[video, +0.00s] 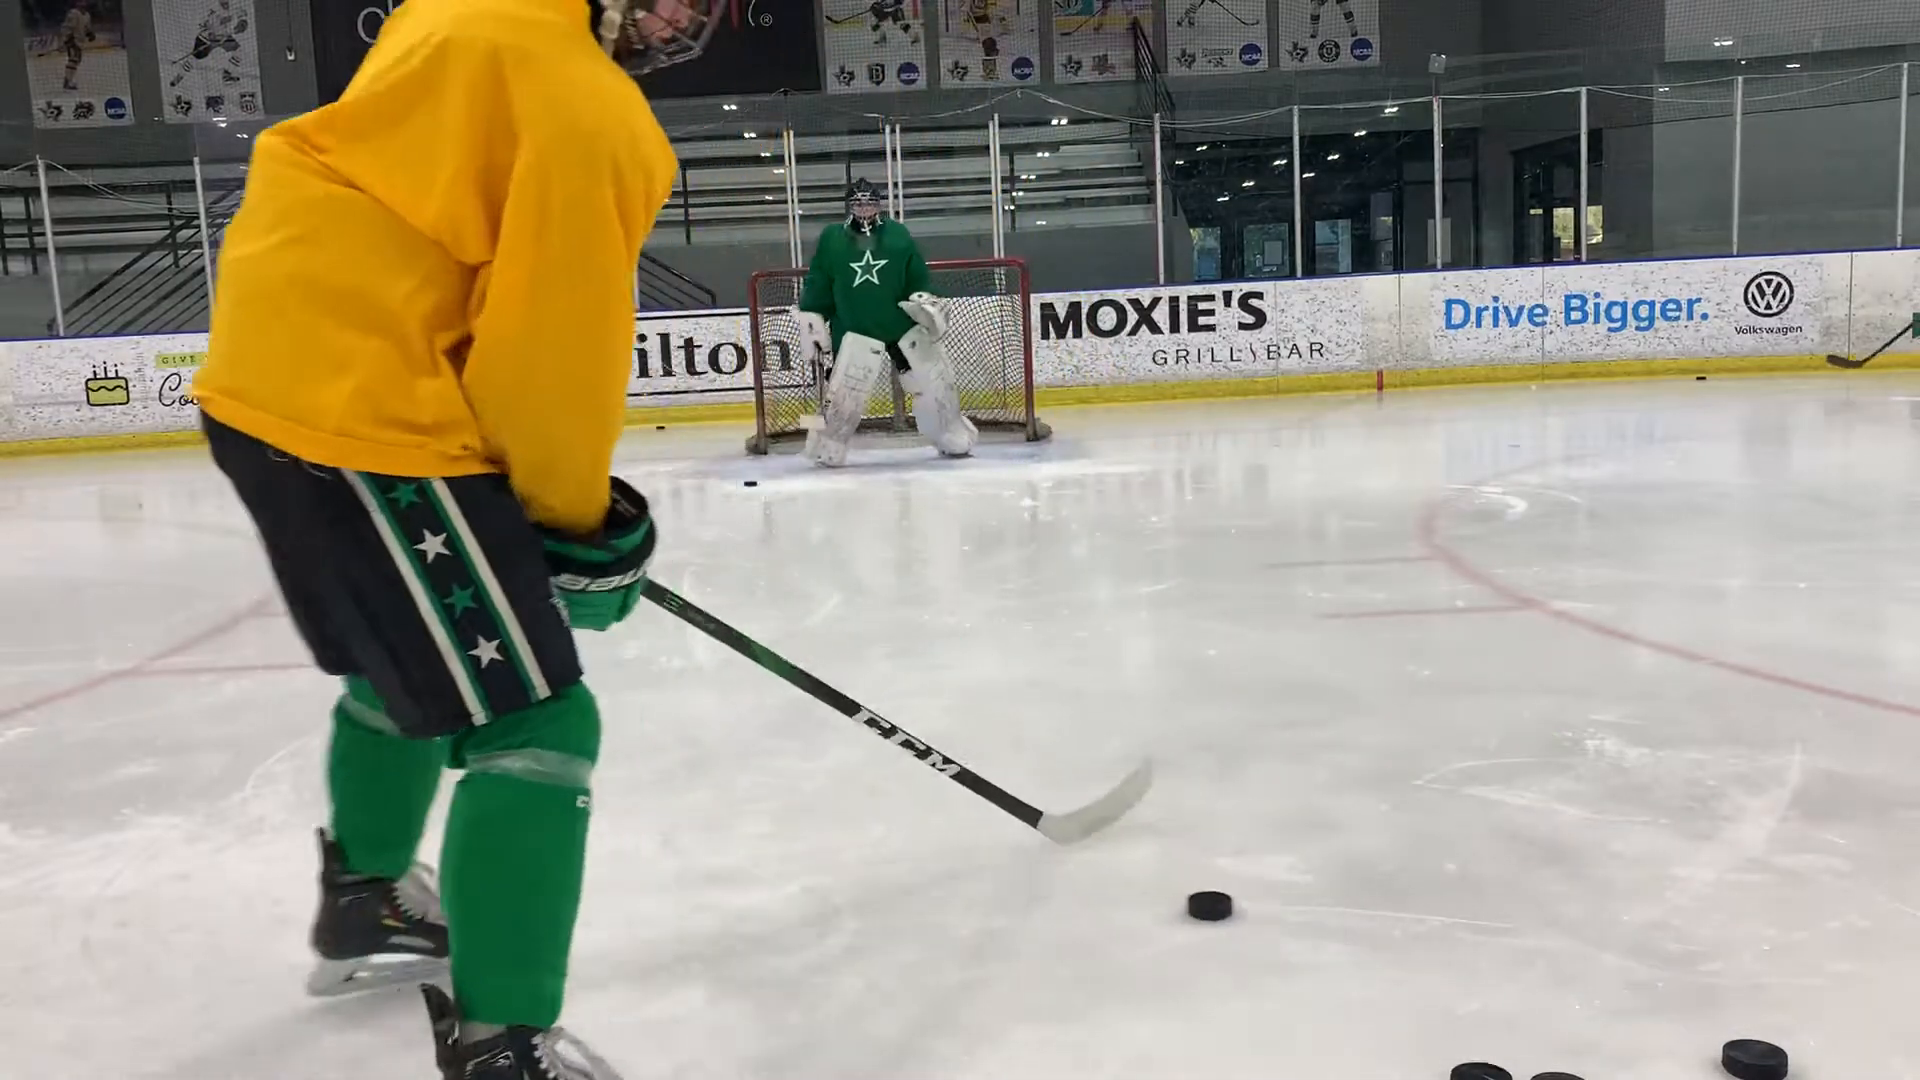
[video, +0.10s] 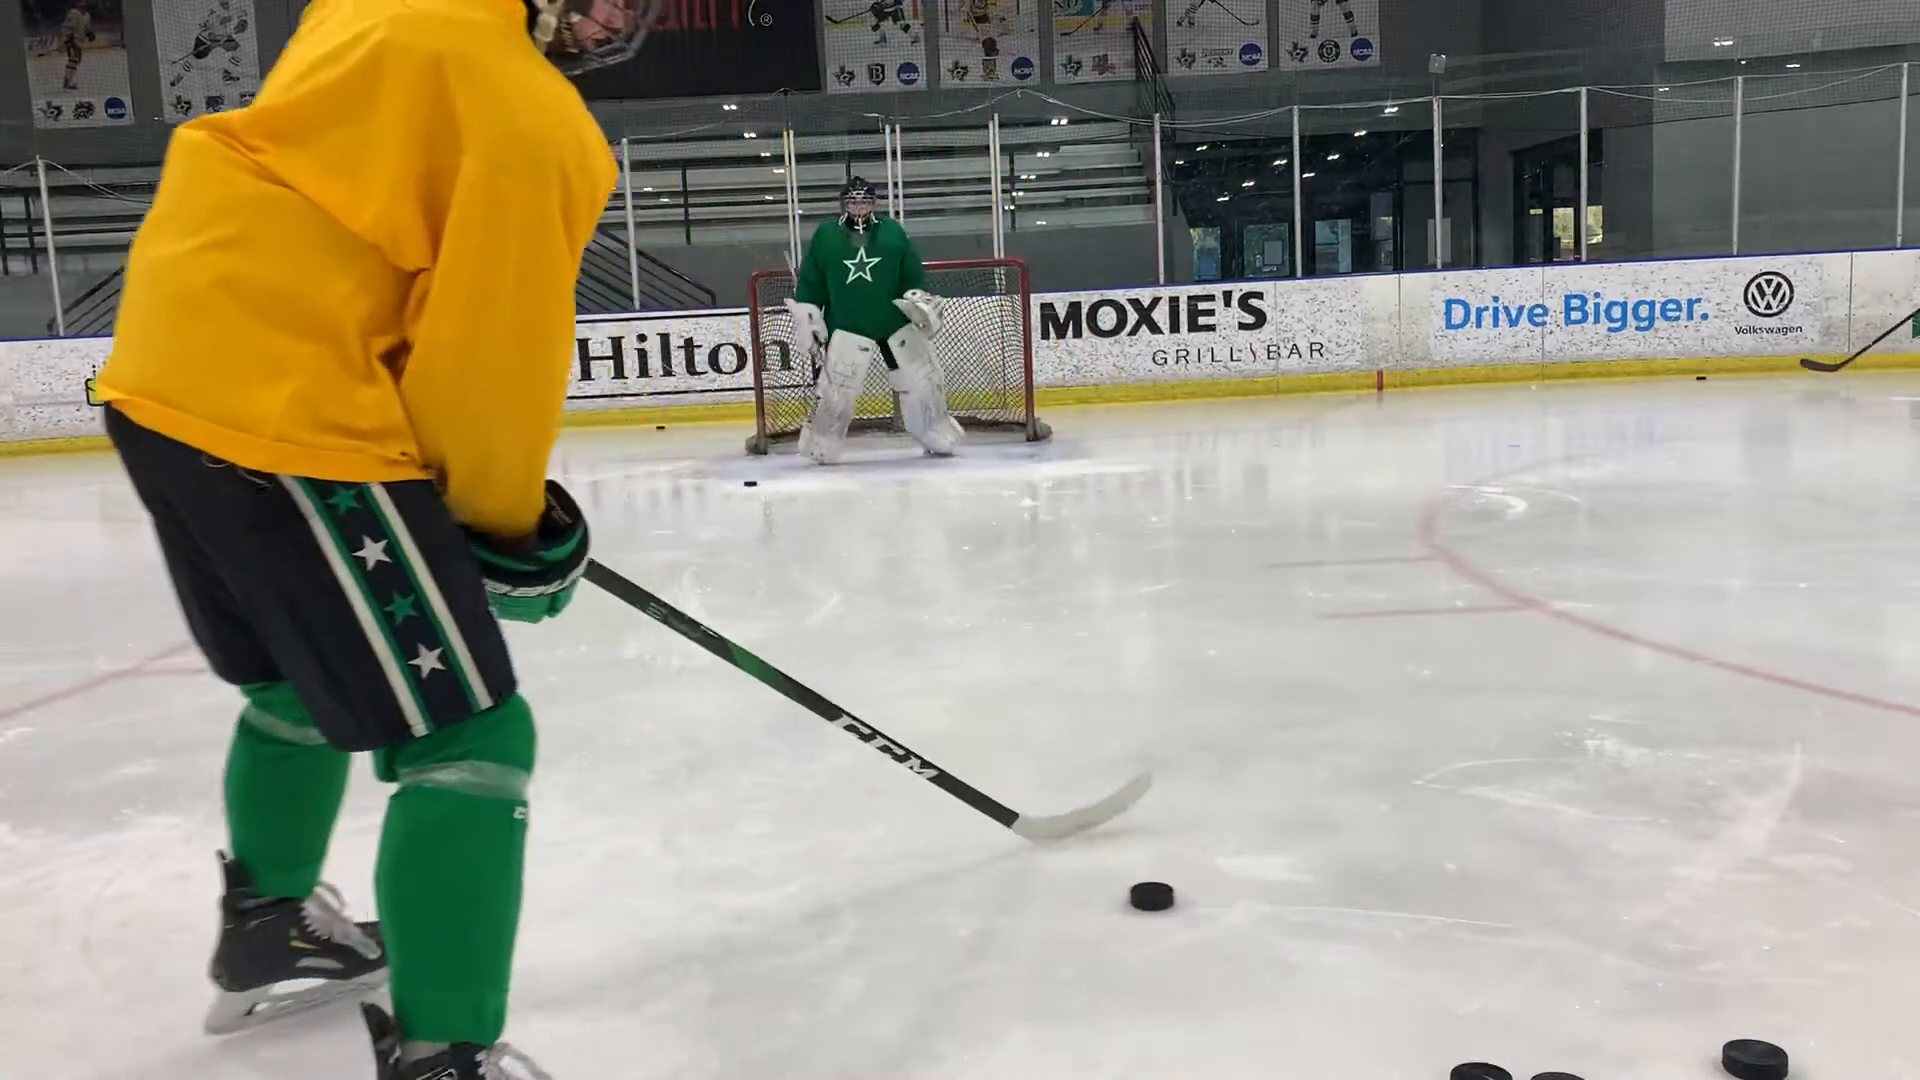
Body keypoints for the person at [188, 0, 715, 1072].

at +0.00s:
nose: (687, 29)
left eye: (706, 24)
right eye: (694, 4)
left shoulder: (450, 24)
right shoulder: (590, 109)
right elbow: (545, 370)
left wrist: (537, 484)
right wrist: (580, 524)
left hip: (262, 386)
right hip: (368, 408)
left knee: (398, 663)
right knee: (535, 723)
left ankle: (363, 897)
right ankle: (501, 1041)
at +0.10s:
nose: (623, 26)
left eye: (636, 20)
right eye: (626, 6)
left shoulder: (363, 19)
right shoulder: (534, 118)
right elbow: (485, 398)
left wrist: (453, 477)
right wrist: (516, 532)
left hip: (162, 386)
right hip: (296, 414)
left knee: (303, 679)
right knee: (470, 732)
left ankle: (269, 923)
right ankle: (444, 1051)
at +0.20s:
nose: (551, 28)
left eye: (564, 22)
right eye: (555, 11)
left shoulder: (274, 21)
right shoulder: (468, 113)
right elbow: (420, 391)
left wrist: (372, 475)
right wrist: (455, 531)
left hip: (69, 386)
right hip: (216, 415)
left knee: (212, 702)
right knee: (396, 750)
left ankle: (181, 956)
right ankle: (377, 1061)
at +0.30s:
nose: (488, 24)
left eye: (507, 20)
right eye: (500, 7)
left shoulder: (201, 16)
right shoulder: (401, 115)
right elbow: (349, 405)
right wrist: (409, 526)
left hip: (12, 366)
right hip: (126, 400)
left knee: (126, 720)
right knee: (314, 769)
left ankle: (101, 983)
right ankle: (293, 1062)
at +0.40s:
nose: (422, 16)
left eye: (437, 9)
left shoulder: (105, 15)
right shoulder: (320, 105)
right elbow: (282, 403)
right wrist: (367, 525)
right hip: (72, 428)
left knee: (48, 731)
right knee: (230, 783)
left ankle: (25, 995)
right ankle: (206, 1067)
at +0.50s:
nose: (344, 15)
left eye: (354, 12)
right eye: (350, 4)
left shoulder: (42, 22)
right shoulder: (244, 99)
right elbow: (207, 416)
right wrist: (329, 540)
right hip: (28, 454)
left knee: (12, 782)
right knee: (154, 798)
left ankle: (0, 1018)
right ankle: (107, 1057)